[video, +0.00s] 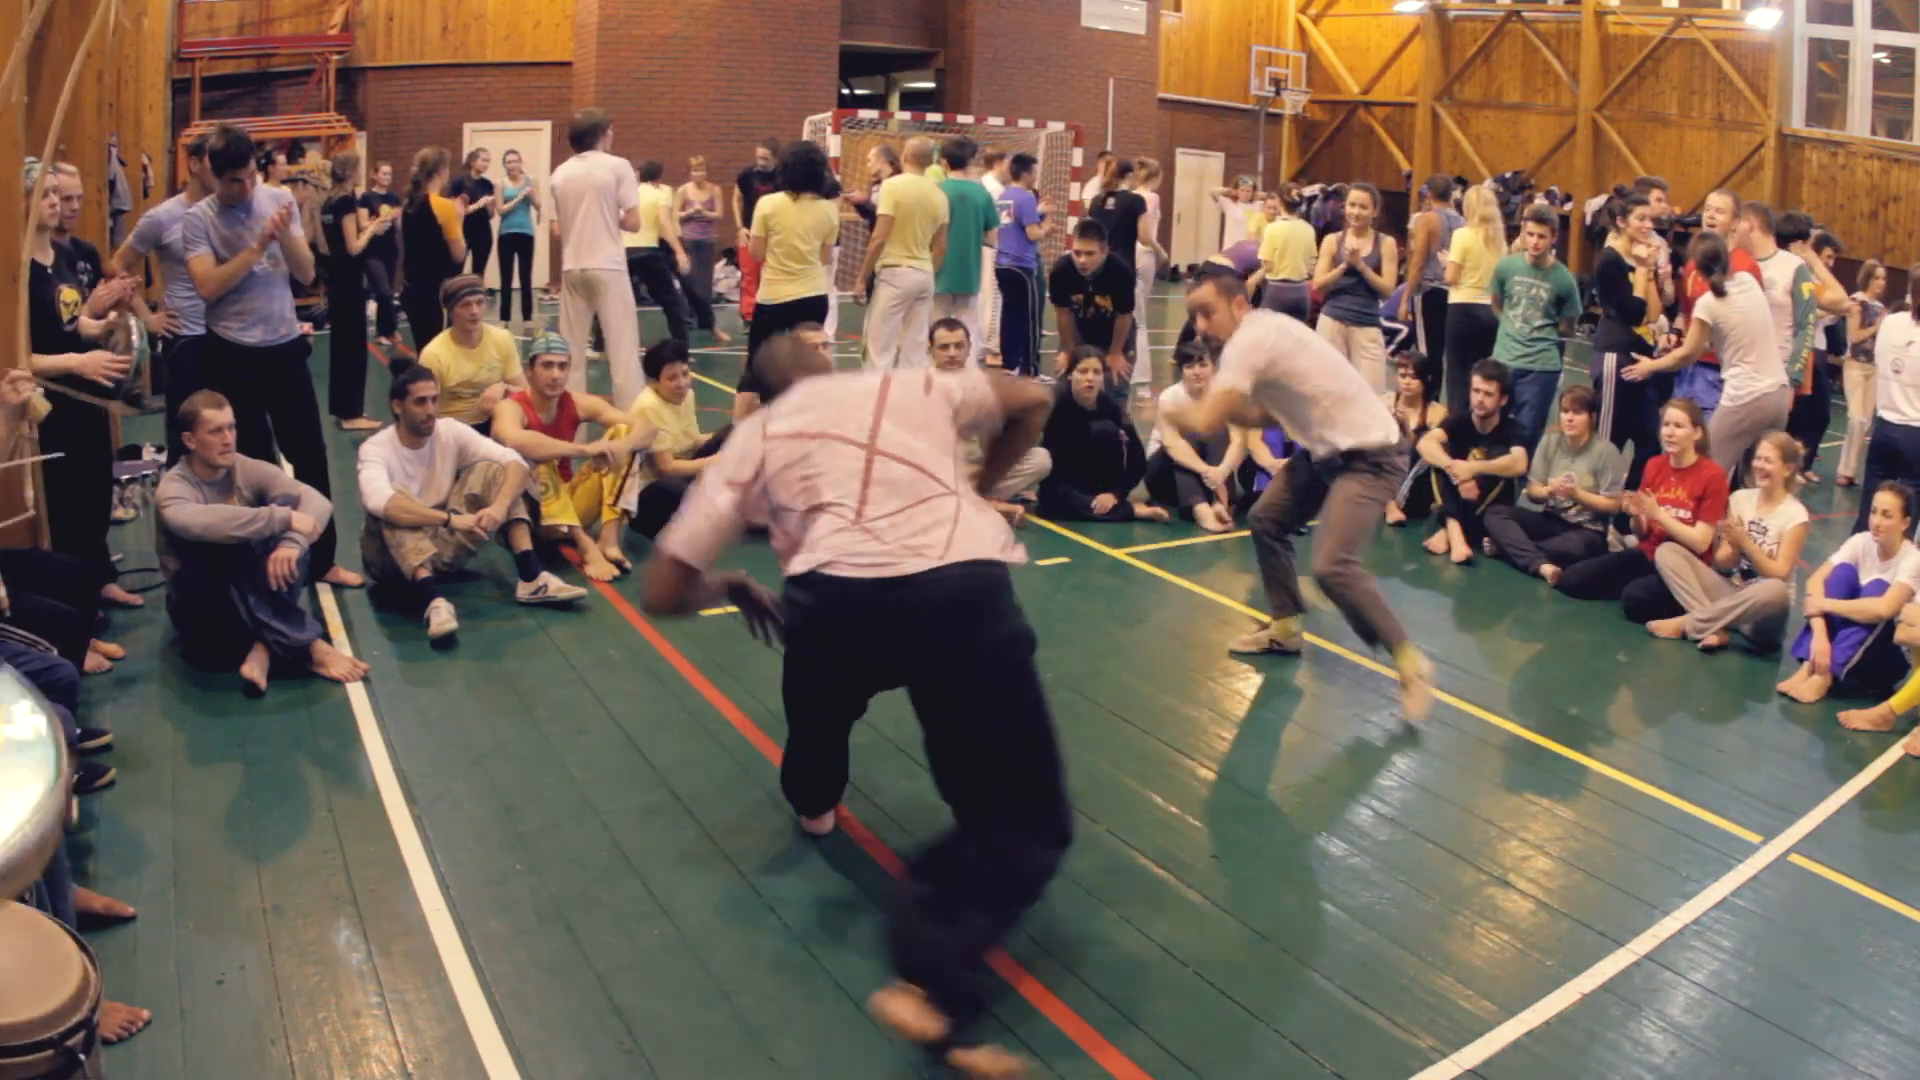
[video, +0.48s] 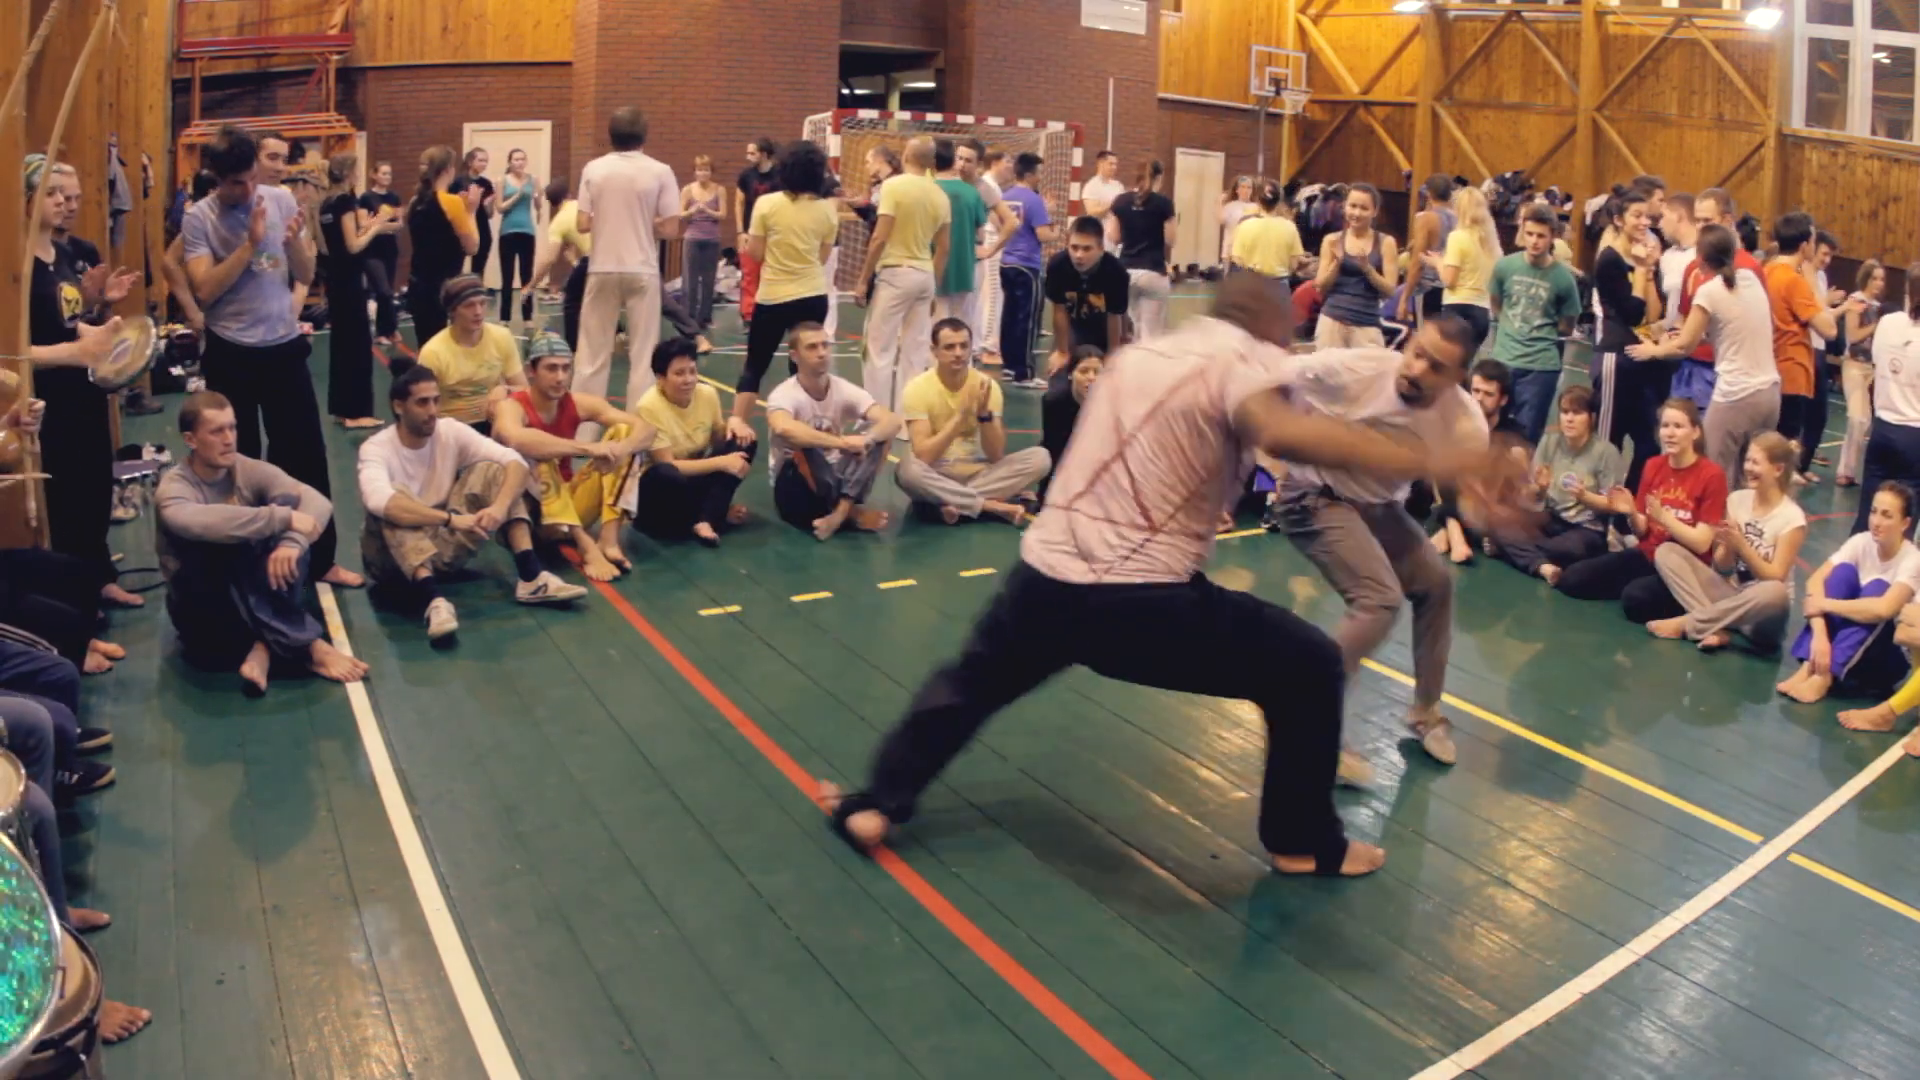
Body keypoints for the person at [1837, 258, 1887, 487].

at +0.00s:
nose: (1881, 283)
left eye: (1884, 278)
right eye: (1877, 278)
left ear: (1885, 281)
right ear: (1867, 279)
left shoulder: (1881, 307)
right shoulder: (1856, 301)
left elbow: (1880, 335)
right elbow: (1853, 336)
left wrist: (1886, 326)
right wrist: (1877, 327)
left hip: (1874, 363)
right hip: (1855, 361)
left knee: (1867, 419)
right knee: (1856, 417)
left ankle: (1852, 470)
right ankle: (1845, 471)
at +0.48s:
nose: (1880, 283)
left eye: (1883, 279)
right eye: (1876, 278)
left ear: (1884, 282)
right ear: (1865, 279)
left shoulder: (1879, 305)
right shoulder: (1855, 300)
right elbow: (1852, 336)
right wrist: (1877, 325)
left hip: (1876, 365)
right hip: (1855, 363)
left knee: (1867, 420)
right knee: (1858, 418)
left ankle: (1852, 471)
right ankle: (1846, 471)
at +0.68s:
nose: (1881, 283)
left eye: (1883, 278)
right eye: (1875, 278)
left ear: (1908, 290)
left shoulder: (1887, 323)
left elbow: (1870, 363)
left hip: (1882, 426)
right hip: (1912, 430)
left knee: (1868, 509)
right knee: (1908, 517)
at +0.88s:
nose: (1866, 307)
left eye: (1869, 302)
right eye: (1862, 302)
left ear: (1906, 291)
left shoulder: (1886, 324)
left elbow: (1879, 370)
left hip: (1882, 428)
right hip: (1912, 432)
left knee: (1868, 510)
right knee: (1908, 517)